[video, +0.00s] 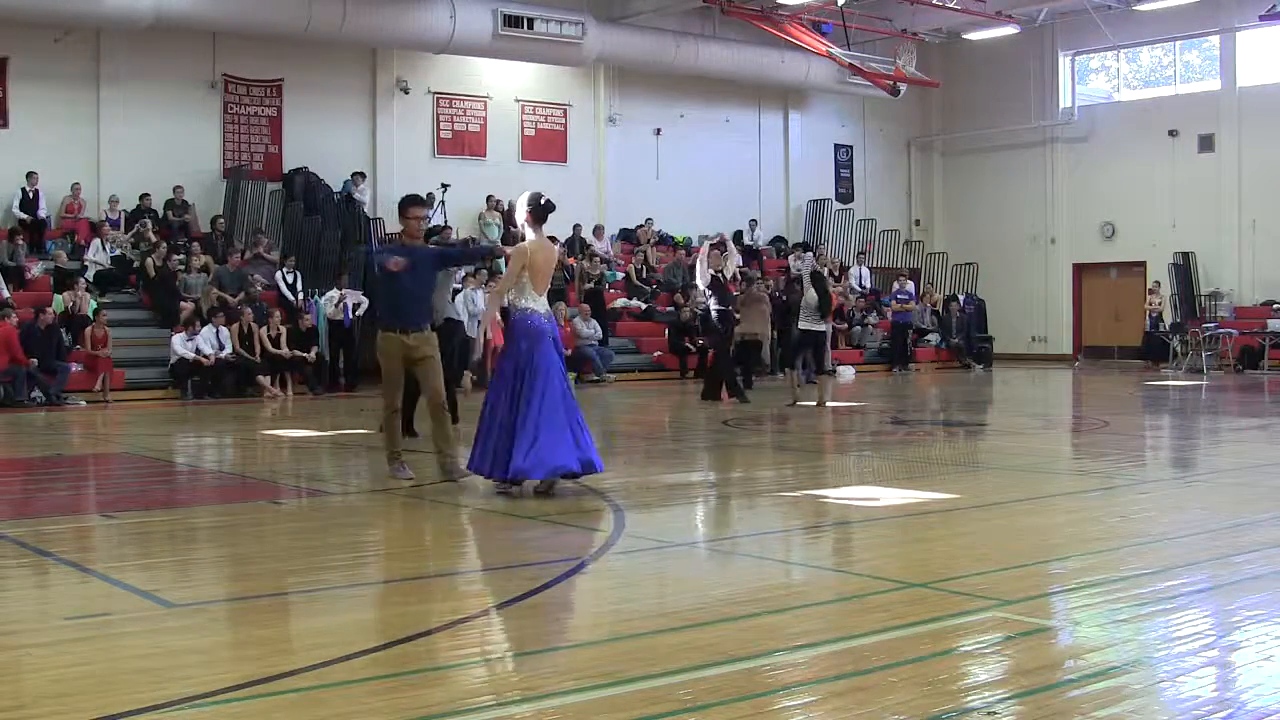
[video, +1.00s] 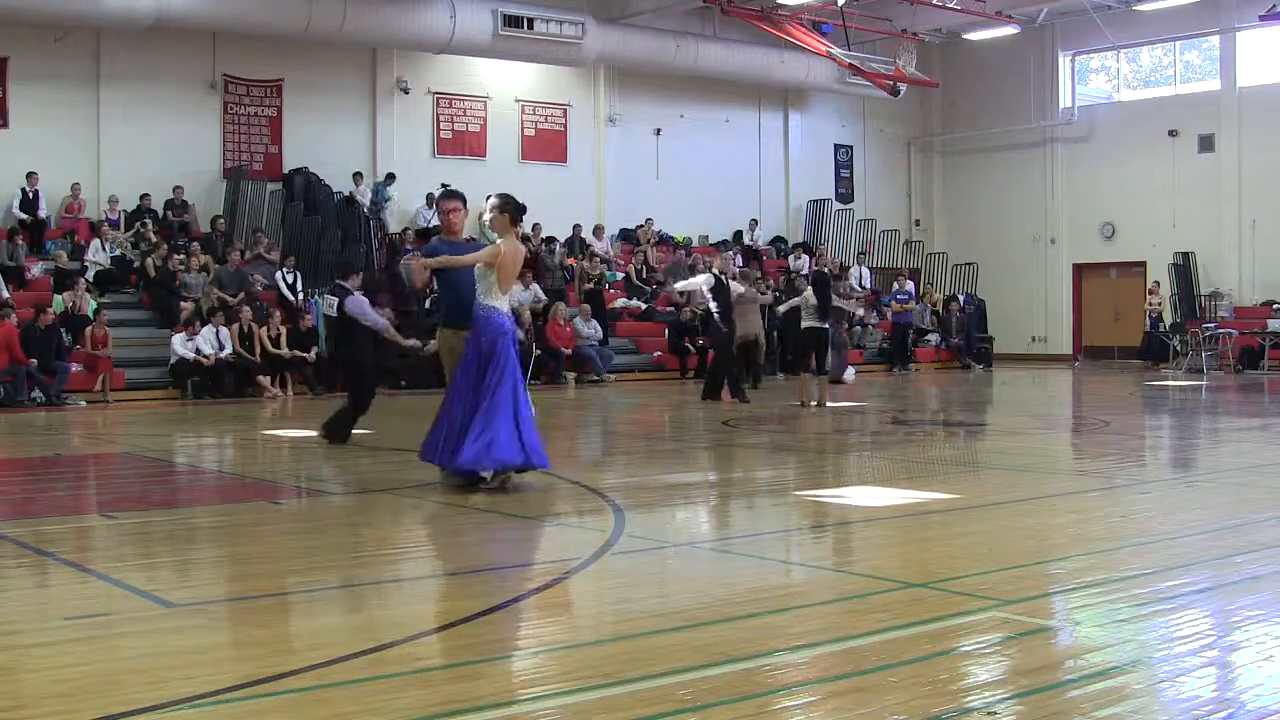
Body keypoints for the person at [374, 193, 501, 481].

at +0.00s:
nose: (420, 225)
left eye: (424, 219)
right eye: (414, 219)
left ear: (427, 221)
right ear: (401, 221)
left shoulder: (430, 254)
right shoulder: (383, 251)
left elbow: (461, 254)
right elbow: (368, 257)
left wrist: (496, 251)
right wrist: (384, 262)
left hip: (423, 336)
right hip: (391, 337)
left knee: (438, 397)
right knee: (393, 401)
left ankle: (449, 463)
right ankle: (395, 460)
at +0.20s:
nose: (427, 224)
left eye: (432, 219)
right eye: (422, 218)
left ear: (440, 222)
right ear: (413, 220)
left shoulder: (445, 253)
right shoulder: (401, 252)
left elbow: (476, 255)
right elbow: (403, 272)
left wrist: (507, 253)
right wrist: (423, 282)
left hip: (442, 337)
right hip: (409, 338)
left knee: (451, 402)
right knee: (404, 403)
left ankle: (456, 465)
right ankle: (397, 459)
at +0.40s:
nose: (438, 221)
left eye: (443, 216)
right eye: (433, 215)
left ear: (453, 219)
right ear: (427, 217)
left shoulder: (461, 252)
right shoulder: (419, 252)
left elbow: (492, 254)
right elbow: (414, 270)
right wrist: (423, 287)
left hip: (464, 333)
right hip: (432, 334)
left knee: (465, 397)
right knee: (429, 400)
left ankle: (462, 456)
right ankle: (408, 456)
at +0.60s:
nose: (446, 220)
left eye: (451, 214)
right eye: (440, 215)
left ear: (461, 215)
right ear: (434, 216)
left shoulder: (476, 249)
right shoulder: (424, 252)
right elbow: (412, 296)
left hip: (480, 332)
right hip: (447, 335)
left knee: (485, 398)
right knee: (459, 401)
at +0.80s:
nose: (449, 219)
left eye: (454, 213)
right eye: (444, 214)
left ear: (464, 214)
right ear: (437, 215)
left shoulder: (480, 247)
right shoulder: (431, 250)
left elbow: (496, 279)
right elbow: (422, 291)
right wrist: (421, 276)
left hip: (482, 330)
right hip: (451, 332)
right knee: (459, 392)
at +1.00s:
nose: (450, 217)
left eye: (455, 211)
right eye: (445, 213)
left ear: (465, 213)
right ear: (439, 216)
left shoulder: (479, 247)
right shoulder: (434, 248)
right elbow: (421, 283)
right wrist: (416, 266)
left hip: (482, 327)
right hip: (452, 328)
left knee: (484, 389)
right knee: (458, 390)